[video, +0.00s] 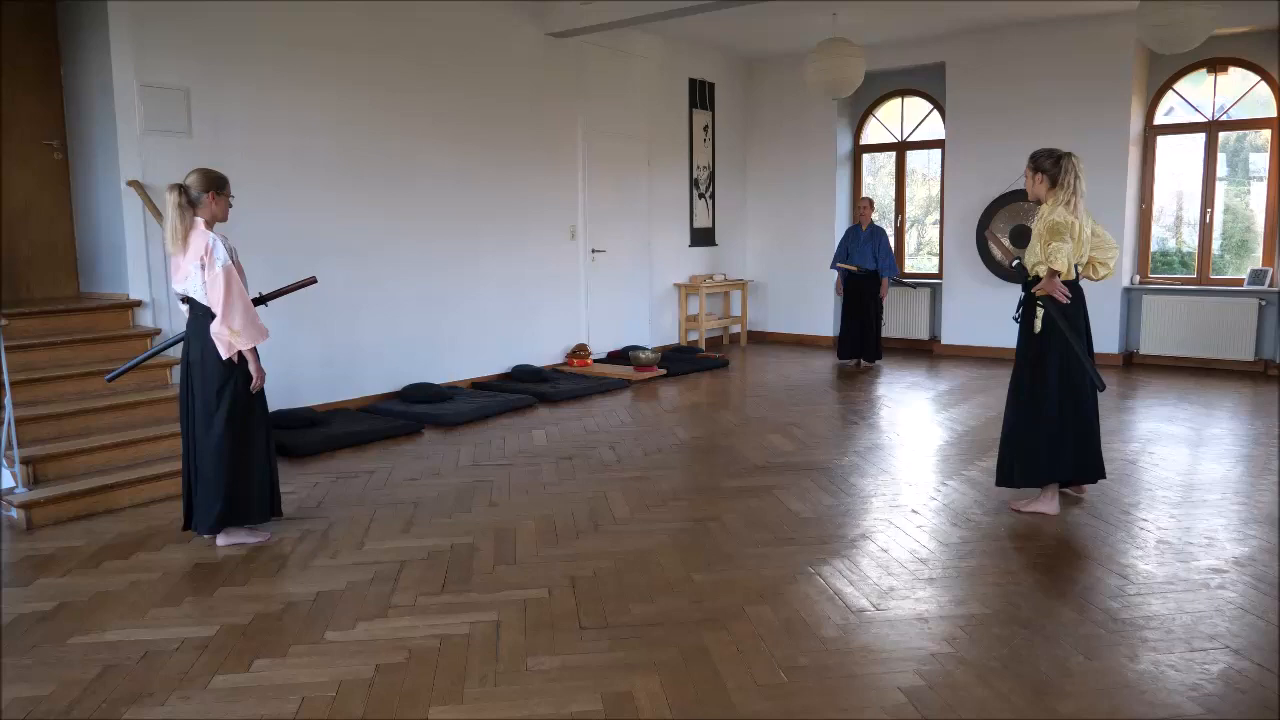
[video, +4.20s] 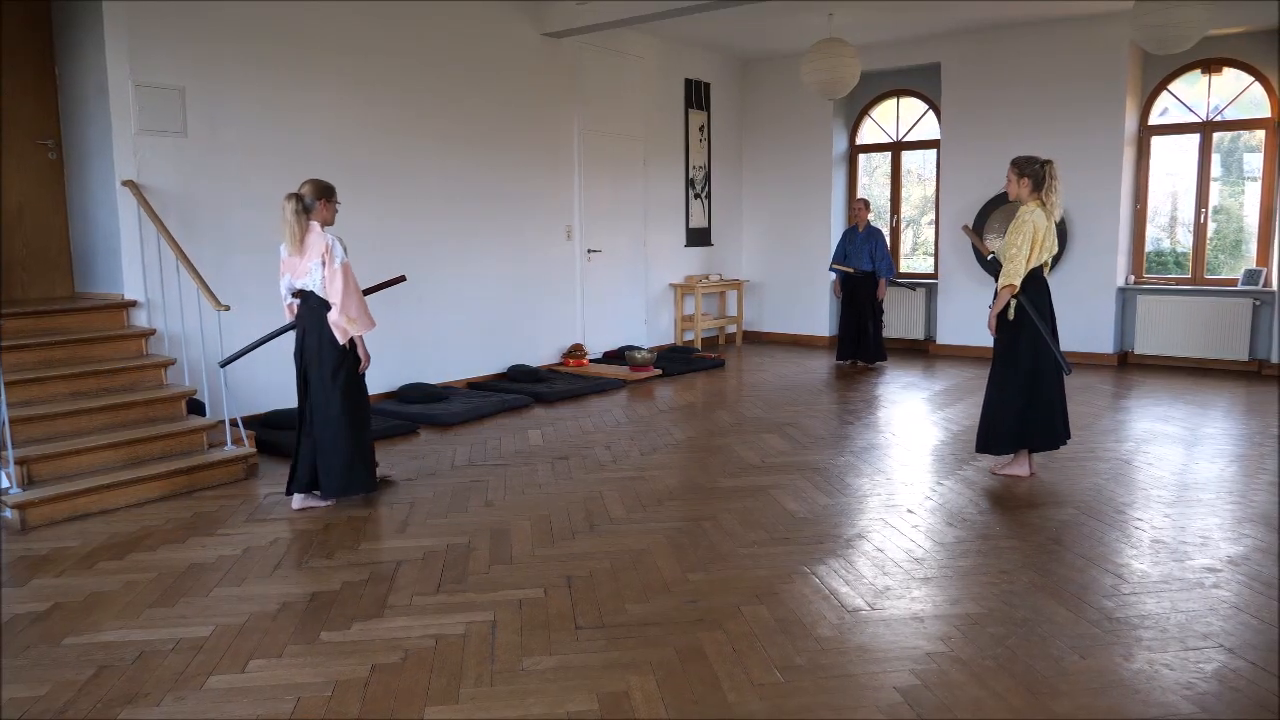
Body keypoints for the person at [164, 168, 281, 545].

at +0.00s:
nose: (231, 205)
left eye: (230, 198)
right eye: (228, 198)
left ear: (203, 199)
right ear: (211, 199)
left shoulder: (183, 239)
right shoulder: (213, 244)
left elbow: (194, 297)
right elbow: (230, 306)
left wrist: (240, 300)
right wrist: (252, 356)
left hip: (198, 343)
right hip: (220, 346)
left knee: (209, 432)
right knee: (229, 434)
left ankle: (215, 520)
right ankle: (230, 526)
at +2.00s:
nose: (232, 202)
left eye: (231, 195)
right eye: (229, 196)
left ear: (203, 199)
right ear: (212, 199)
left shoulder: (184, 241)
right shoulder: (218, 242)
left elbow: (186, 304)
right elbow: (234, 304)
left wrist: (207, 331)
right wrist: (255, 352)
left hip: (200, 344)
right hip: (225, 345)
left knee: (209, 432)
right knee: (232, 433)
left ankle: (212, 521)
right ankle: (230, 526)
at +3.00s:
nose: (237, 206)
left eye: (236, 199)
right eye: (234, 200)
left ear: (203, 202)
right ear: (219, 202)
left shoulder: (186, 245)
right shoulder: (224, 244)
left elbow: (185, 303)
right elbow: (242, 304)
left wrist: (201, 334)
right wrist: (264, 349)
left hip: (201, 340)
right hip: (232, 339)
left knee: (213, 425)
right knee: (260, 415)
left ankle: (216, 515)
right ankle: (276, 502)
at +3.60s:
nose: (288, 205)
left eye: (286, 199)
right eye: (285, 200)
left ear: (256, 203)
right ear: (271, 202)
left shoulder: (237, 245)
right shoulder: (280, 242)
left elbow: (236, 301)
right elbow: (294, 299)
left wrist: (252, 327)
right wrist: (312, 344)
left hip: (251, 332)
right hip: (281, 332)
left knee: (247, 413)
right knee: (298, 411)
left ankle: (221, 500)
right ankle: (306, 493)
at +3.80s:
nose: (305, 204)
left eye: (304, 199)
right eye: (302, 199)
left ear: (275, 201)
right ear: (289, 201)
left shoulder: (254, 244)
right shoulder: (298, 240)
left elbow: (256, 298)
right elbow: (314, 297)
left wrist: (273, 324)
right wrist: (333, 339)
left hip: (272, 330)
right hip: (302, 330)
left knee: (275, 406)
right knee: (309, 408)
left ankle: (254, 486)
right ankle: (305, 493)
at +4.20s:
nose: (337, 210)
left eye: (336, 204)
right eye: (335, 204)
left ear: (310, 206)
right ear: (322, 206)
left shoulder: (290, 246)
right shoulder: (329, 242)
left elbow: (290, 301)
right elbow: (342, 298)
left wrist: (307, 325)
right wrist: (358, 340)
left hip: (306, 331)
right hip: (331, 330)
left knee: (314, 408)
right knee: (340, 406)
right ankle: (305, 491)